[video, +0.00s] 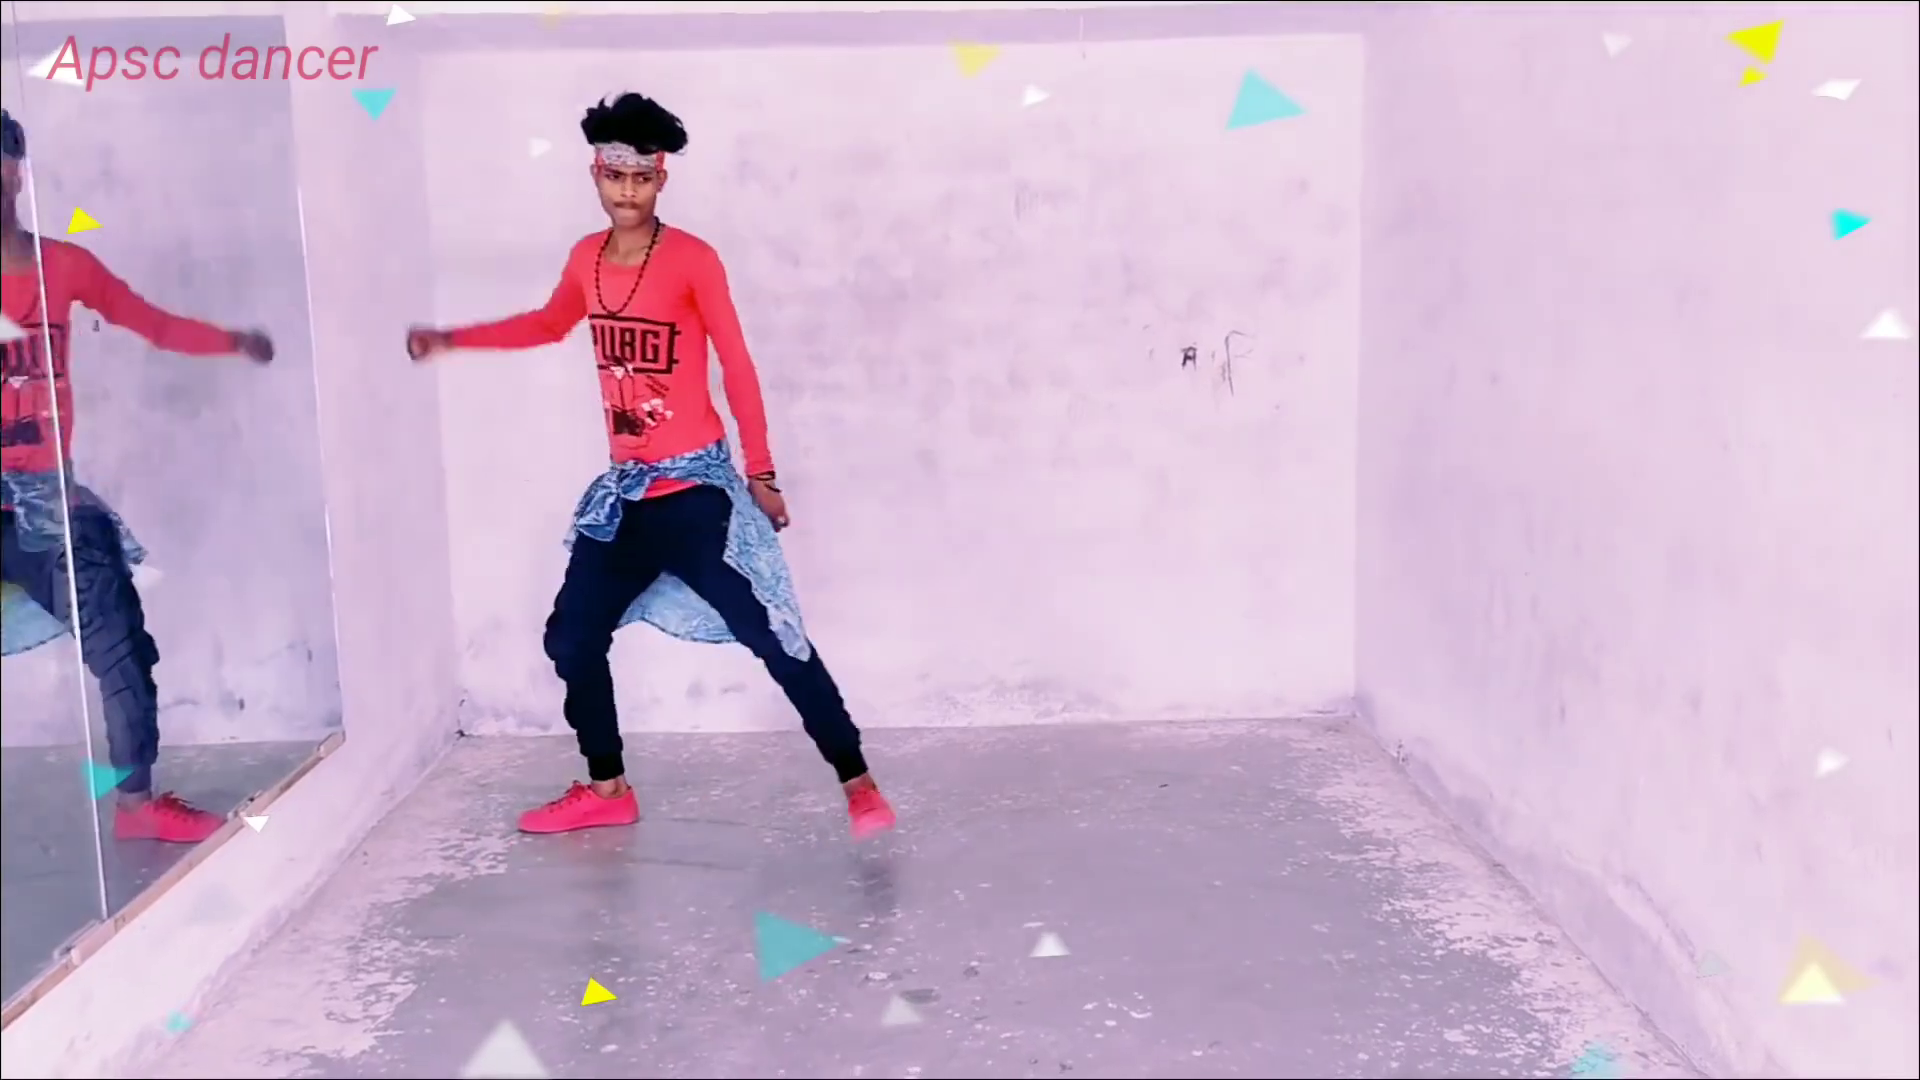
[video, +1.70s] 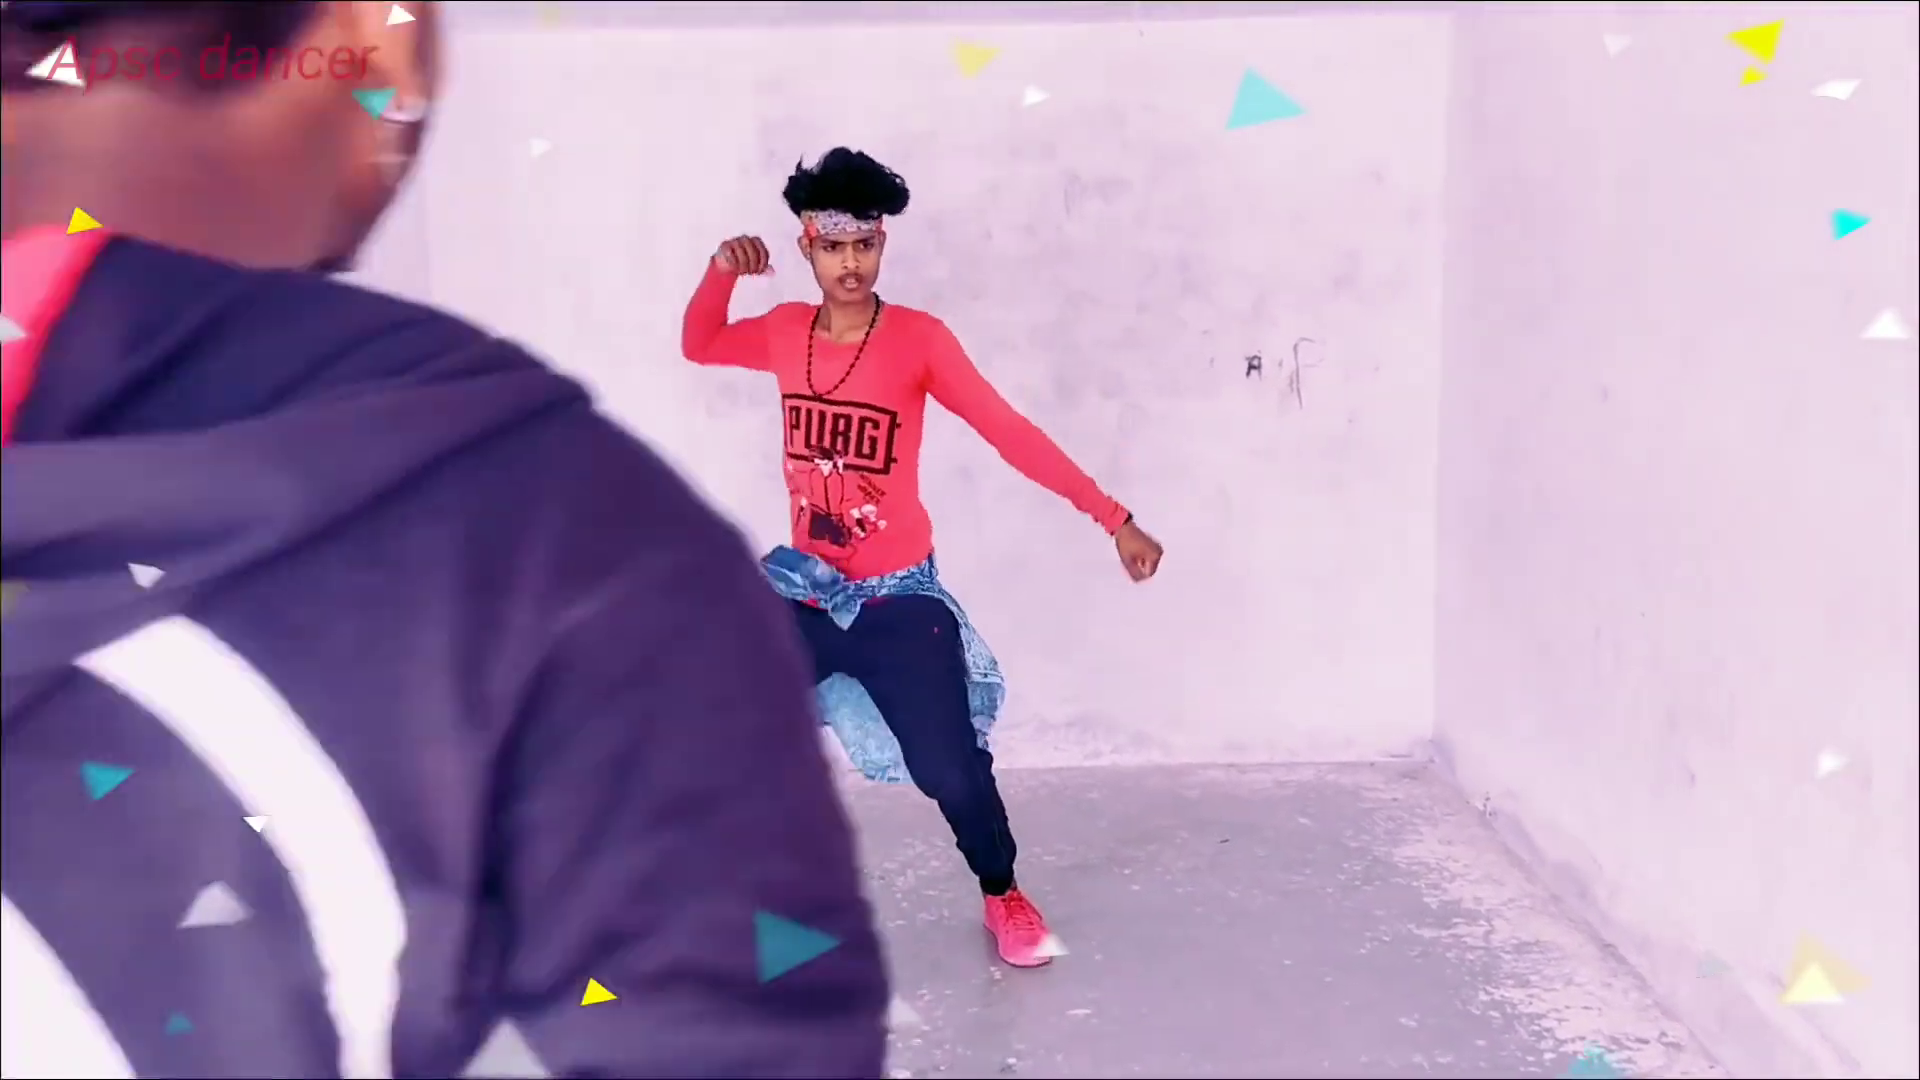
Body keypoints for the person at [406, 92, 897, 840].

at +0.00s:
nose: (627, 190)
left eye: (641, 175)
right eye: (613, 174)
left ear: (663, 180)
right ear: (595, 180)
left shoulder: (693, 262)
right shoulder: (587, 259)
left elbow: (737, 364)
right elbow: (550, 324)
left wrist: (760, 470)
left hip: (702, 486)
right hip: (626, 491)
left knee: (771, 631)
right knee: (572, 637)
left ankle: (858, 782)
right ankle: (607, 788)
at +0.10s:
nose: (666, 206)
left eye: (681, 190)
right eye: (651, 190)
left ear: (702, 194)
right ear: (632, 196)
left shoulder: (737, 279)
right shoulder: (618, 284)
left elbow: (785, 377)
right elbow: (611, 375)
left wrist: (823, 470)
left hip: (738, 507)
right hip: (658, 510)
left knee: (810, 649)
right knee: (581, 651)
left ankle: (894, 808)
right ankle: (608, 789)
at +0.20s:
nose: (710, 225)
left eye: (724, 209)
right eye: (696, 209)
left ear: (740, 214)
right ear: (671, 214)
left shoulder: (780, 295)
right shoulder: (654, 312)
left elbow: (823, 391)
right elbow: (657, 418)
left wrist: (849, 457)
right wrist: (627, 468)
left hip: (789, 518)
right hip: (700, 526)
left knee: (866, 655)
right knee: (625, 669)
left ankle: (918, 822)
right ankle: (616, 798)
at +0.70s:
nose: (822, 269)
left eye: (834, 251)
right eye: (805, 253)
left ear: (850, 254)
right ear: (779, 257)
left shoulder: (884, 339)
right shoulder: (748, 343)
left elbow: (910, 454)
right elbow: (726, 460)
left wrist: (935, 464)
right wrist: (743, 484)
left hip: (877, 560)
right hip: (783, 563)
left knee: (955, 707)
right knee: (710, 729)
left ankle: (985, 842)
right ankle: (705, 831)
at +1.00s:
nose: (881, 244)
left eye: (893, 226)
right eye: (863, 228)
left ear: (912, 226)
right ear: (839, 230)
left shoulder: (946, 307)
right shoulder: (812, 313)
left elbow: (986, 410)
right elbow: (750, 421)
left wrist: (997, 515)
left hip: (923, 546)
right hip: (826, 543)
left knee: (982, 717)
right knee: (723, 702)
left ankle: (1001, 855)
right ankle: (704, 824)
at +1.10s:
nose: (878, 223)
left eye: (891, 204)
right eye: (860, 205)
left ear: (912, 203)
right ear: (837, 208)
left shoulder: (951, 291)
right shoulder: (813, 284)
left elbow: (1028, 384)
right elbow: (699, 290)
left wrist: (1098, 489)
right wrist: (742, 223)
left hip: (930, 545)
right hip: (837, 536)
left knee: (972, 716)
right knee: (716, 657)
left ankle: (1001, 857)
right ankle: (709, 814)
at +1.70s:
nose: (853, 262)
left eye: (866, 244)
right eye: (834, 245)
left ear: (884, 247)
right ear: (806, 250)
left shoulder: (919, 342)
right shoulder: (783, 332)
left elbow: (1012, 435)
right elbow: (702, 343)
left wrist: (1115, 520)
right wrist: (721, 270)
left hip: (899, 598)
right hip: (804, 592)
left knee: (951, 771)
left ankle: (1003, 896)